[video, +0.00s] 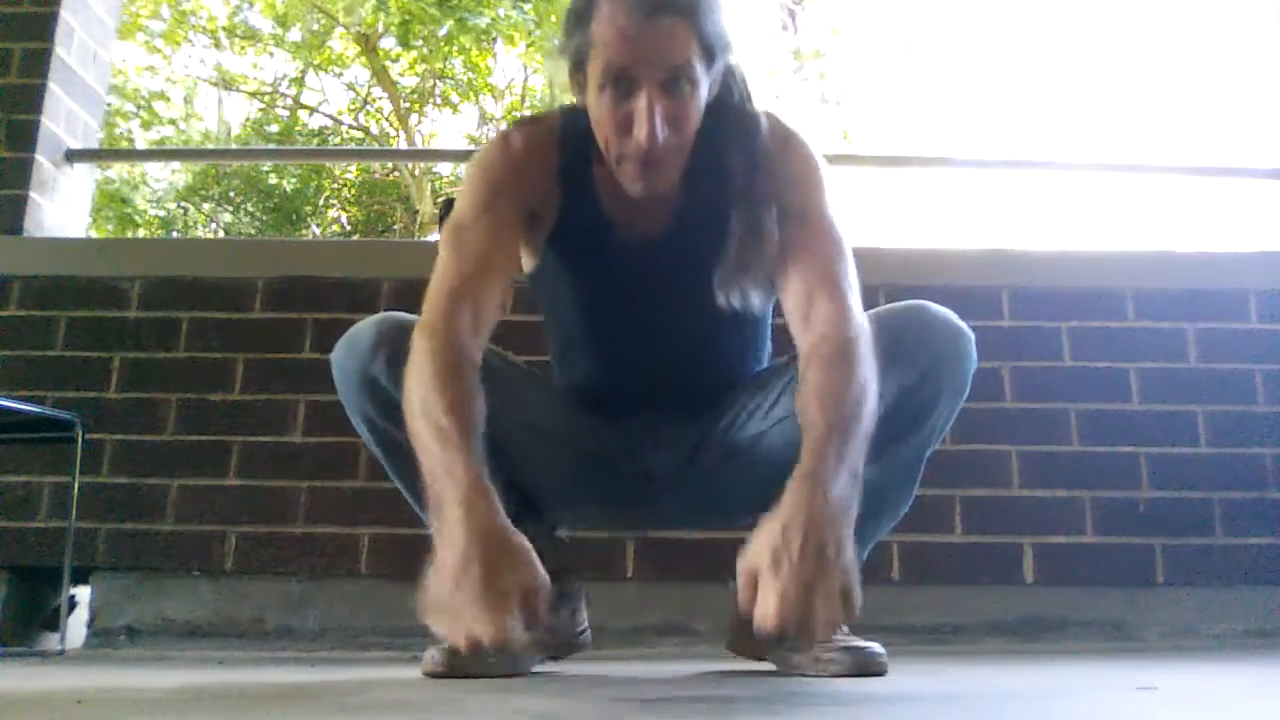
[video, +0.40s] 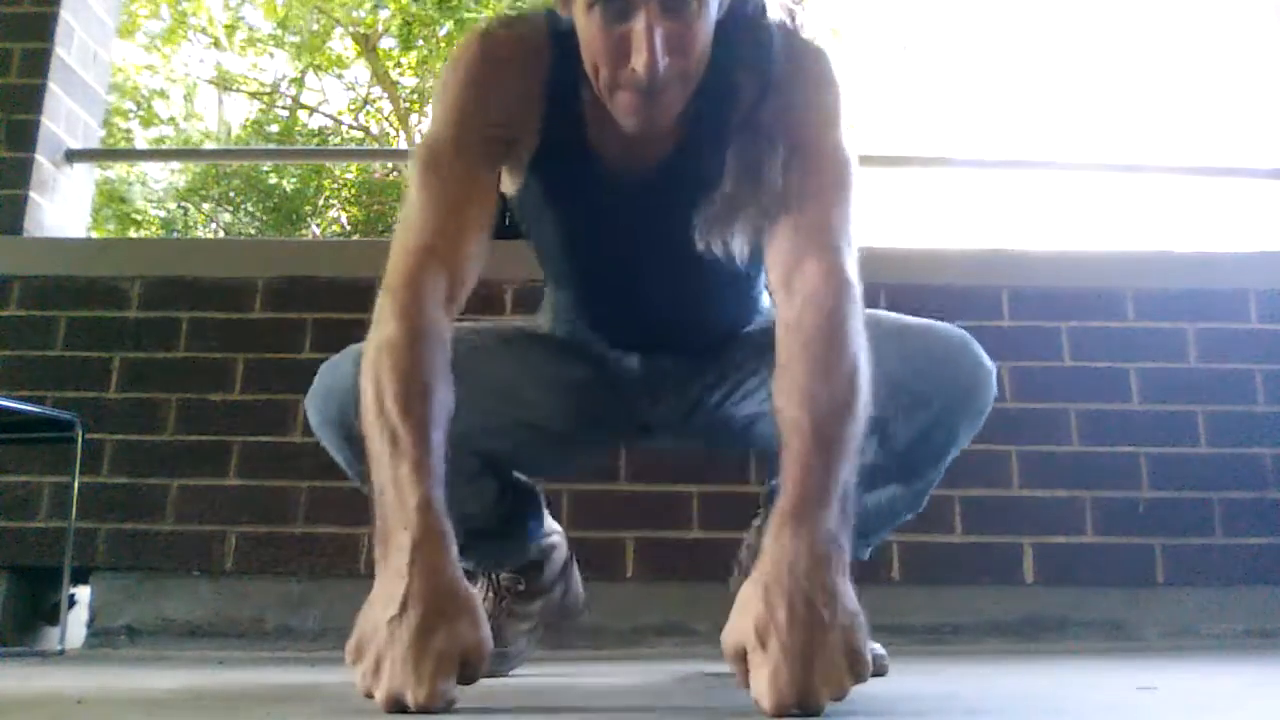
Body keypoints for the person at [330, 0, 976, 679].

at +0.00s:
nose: (647, 122)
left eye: (675, 86)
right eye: (619, 88)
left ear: (713, 82)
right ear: (581, 83)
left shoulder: (773, 158)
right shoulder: (523, 161)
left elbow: (832, 333)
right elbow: (447, 339)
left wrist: (819, 512)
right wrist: (468, 529)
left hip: (732, 449)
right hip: (584, 448)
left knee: (936, 342)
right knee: (371, 353)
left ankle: (788, 602)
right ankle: (529, 605)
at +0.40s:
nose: (643, 52)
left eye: (675, 13)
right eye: (613, 13)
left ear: (719, 6)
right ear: (572, 5)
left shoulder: (788, 74)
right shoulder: (501, 63)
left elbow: (816, 289)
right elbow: (416, 304)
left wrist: (807, 552)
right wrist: (413, 556)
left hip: (739, 373)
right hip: (573, 373)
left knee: (952, 372)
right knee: (347, 393)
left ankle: (793, 589)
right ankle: (527, 570)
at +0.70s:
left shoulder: (793, 16)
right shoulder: (443, 12)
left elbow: (824, 230)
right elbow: (397, 247)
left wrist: (805, 552)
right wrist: (404, 561)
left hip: (738, 268)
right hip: (560, 267)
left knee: (924, 418)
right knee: (330, 422)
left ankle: (803, 568)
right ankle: (518, 554)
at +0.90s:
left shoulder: (786, 13)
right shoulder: (396, 10)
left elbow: (812, 219)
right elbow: (368, 232)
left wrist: (795, 557)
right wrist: (366, 562)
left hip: (735, 205)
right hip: (555, 203)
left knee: (895, 482)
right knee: (353, 409)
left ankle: (891, 552)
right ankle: (528, 561)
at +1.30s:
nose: (620, 69)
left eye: (655, 45)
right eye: (606, 53)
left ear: (721, 6)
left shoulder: (812, 11)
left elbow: (846, 200)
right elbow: (375, 239)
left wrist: (843, 533)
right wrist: (364, 560)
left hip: (749, 209)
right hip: (556, 202)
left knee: (848, 460)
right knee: (413, 505)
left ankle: (937, 539)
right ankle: (491, 524)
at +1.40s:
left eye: (722, 38)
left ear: (765, 22)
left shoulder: (838, 8)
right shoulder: (427, 6)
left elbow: (889, 203)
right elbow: (384, 240)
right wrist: (364, 563)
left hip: (743, 228)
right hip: (551, 228)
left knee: (886, 510)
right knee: (442, 544)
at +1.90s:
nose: (723, 15)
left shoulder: (891, 10)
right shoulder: (535, 2)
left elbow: (950, 258)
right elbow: (448, 241)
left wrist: (990, 568)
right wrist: (456, 535)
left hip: (775, 249)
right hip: (599, 242)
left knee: (886, 504)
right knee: (490, 506)